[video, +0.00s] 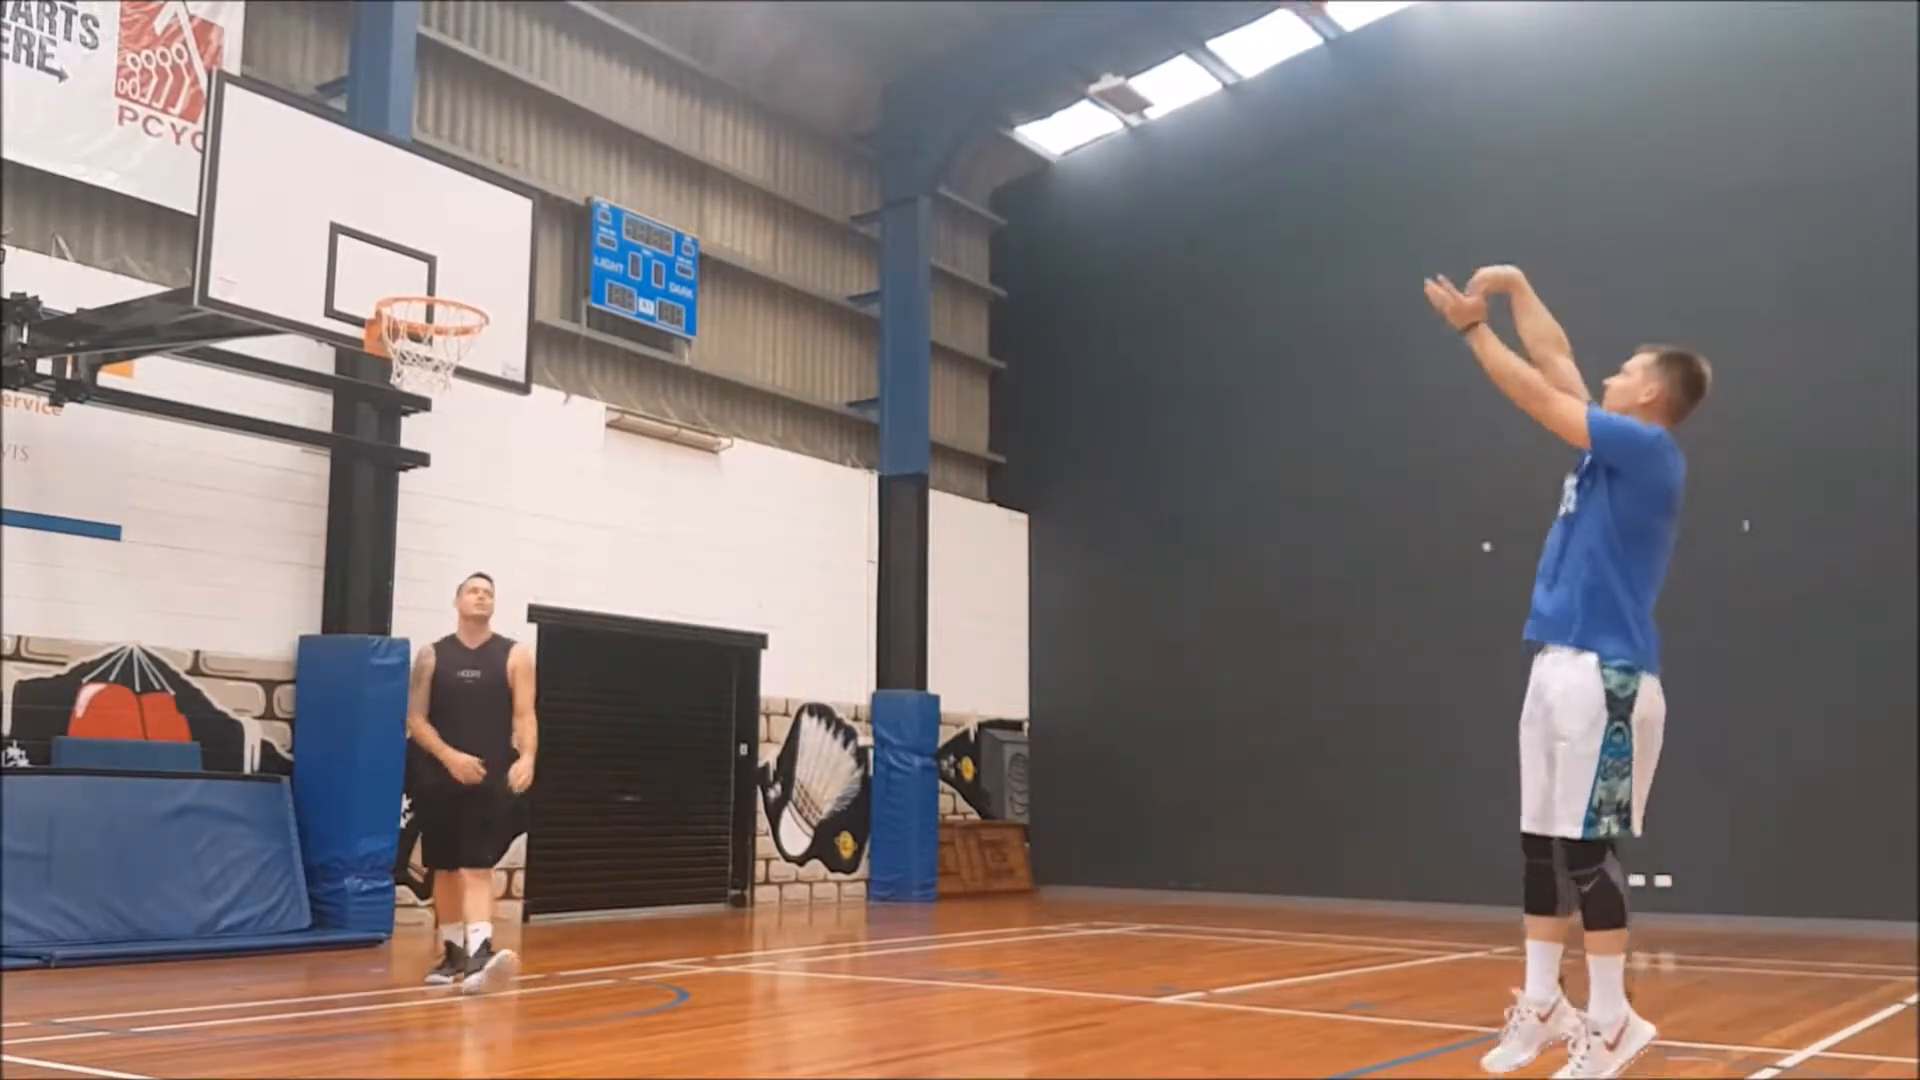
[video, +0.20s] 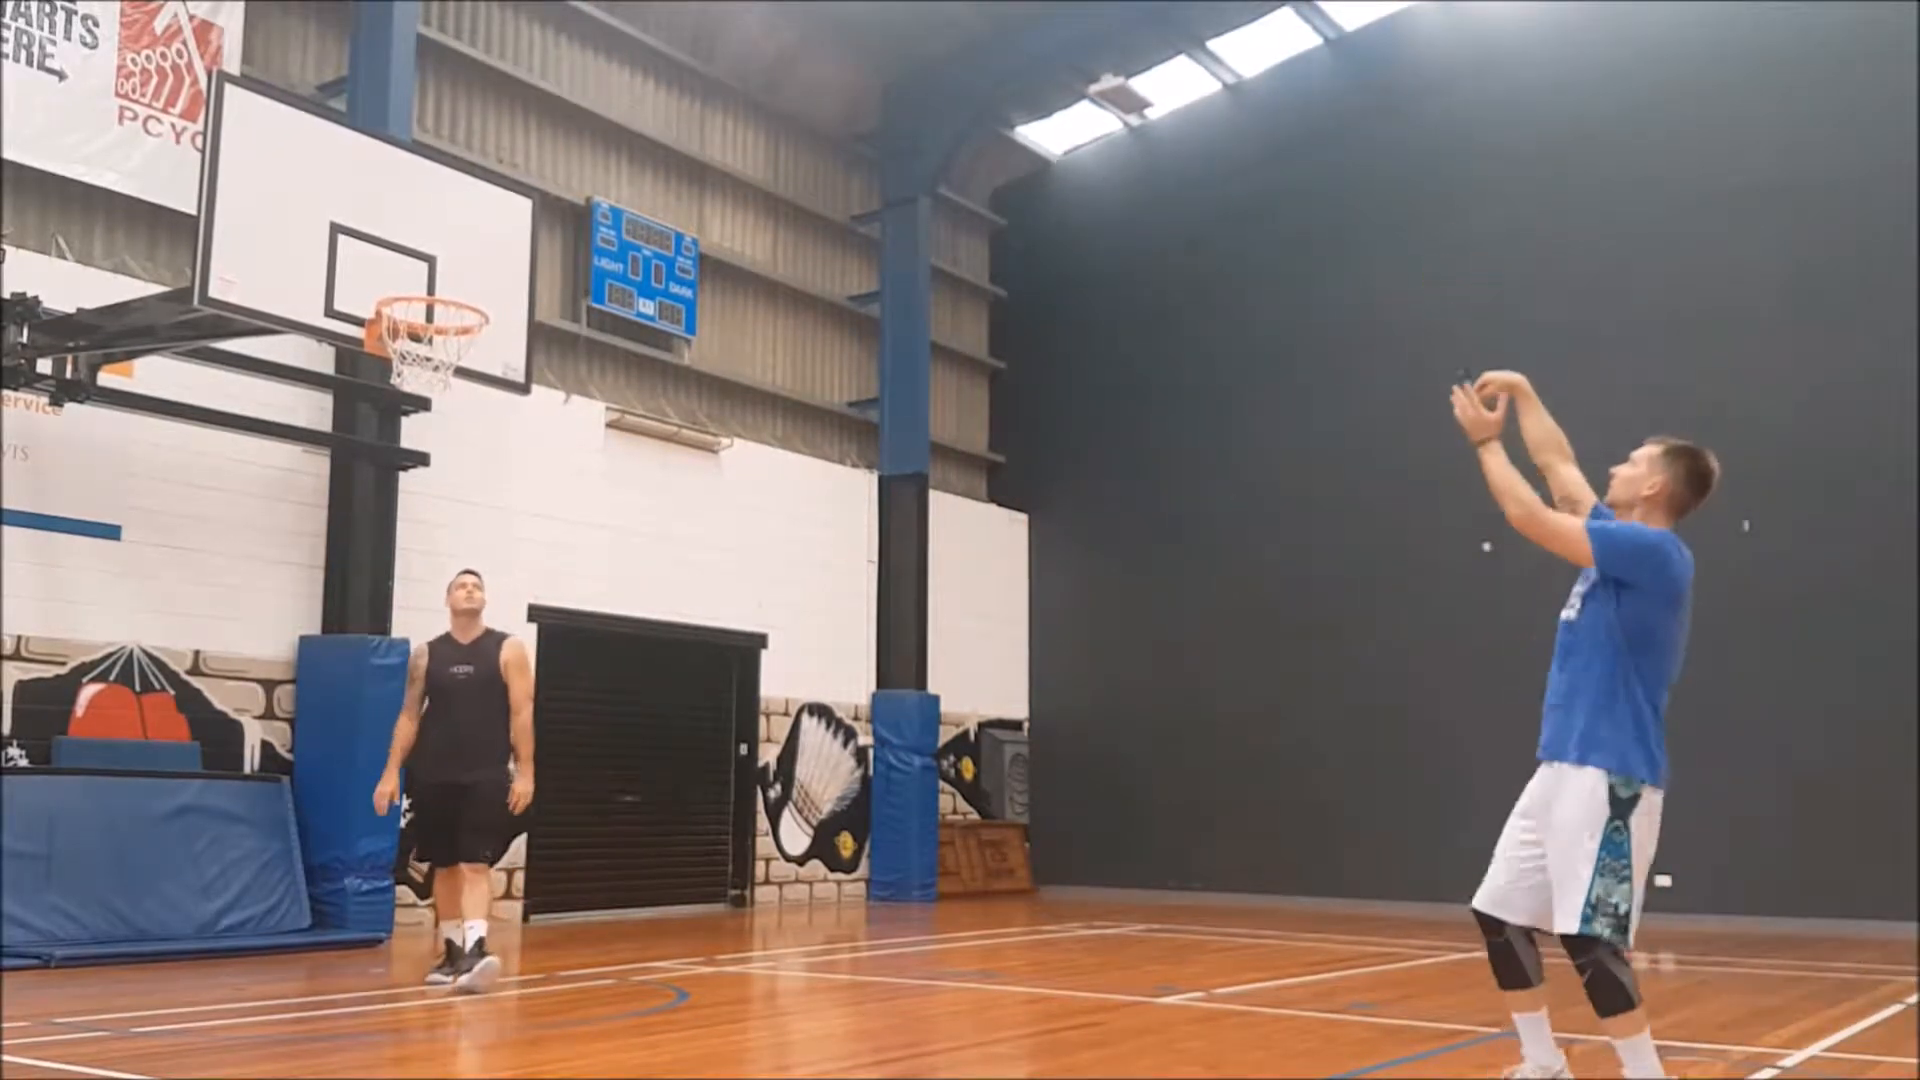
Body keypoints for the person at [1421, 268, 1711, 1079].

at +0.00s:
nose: (1615, 371)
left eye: (1630, 366)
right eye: (1625, 364)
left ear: (1654, 390)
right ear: (1645, 390)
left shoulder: (1646, 447)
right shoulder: (1614, 439)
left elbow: (1542, 400)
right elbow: (1556, 360)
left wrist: (1473, 329)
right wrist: (1517, 284)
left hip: (1606, 678)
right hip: (1556, 669)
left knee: (1586, 850)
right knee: (1540, 844)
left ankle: (1612, 1018)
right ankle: (1541, 1003)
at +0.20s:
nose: (1613, 469)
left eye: (1629, 462)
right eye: (1625, 460)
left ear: (1655, 485)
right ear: (1653, 489)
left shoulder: (1656, 555)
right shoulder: (1617, 543)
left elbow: (1528, 519)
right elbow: (1558, 465)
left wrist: (1486, 441)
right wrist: (1524, 391)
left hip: (1612, 777)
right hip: (1560, 768)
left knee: (1588, 936)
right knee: (1500, 914)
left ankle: (1647, 1070)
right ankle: (1541, 1063)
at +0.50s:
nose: (1628, 445)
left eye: (1644, 439)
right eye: (1639, 436)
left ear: (1669, 464)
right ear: (1665, 466)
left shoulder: (1673, 540)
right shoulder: (1629, 520)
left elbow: (1562, 603)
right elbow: (1570, 470)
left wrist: (1482, 551)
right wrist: (1523, 403)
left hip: (1642, 763)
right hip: (1588, 748)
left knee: (1631, 915)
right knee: (1500, 863)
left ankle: (1654, 1069)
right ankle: (1457, 1021)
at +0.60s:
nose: (1627, 449)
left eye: (1642, 443)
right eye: (1636, 440)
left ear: (1671, 468)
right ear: (1666, 468)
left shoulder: (1675, 544)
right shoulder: (1632, 523)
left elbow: (1591, 637)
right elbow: (1572, 473)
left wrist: (1489, 617)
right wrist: (1525, 410)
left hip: (1653, 765)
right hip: (1601, 752)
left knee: (1638, 918)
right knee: (1528, 880)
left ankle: (1655, 1069)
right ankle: (1446, 1020)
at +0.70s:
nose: (1628, 448)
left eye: (1644, 441)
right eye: (1638, 439)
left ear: (1673, 465)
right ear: (1669, 468)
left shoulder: (1676, 545)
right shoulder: (1634, 524)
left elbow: (1629, 656)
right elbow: (1576, 477)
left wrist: (1524, 693)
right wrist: (1527, 417)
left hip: (1660, 767)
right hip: (1609, 755)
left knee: (1646, 917)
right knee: (1549, 892)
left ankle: (1655, 1070)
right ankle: (1481, 1034)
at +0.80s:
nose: (1631, 451)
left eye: (1644, 443)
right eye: (1640, 441)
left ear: (1673, 464)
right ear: (1671, 466)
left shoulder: (1679, 546)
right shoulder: (1640, 526)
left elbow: (1659, 663)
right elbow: (1581, 480)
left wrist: (1603, 753)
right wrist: (1531, 423)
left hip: (1668, 767)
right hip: (1621, 758)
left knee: (1651, 920)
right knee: (1570, 898)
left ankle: (1656, 1069)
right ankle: (1558, 1055)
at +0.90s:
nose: (1639, 451)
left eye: (1653, 443)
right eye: (1647, 441)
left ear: (1681, 465)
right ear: (1677, 467)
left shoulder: (1685, 548)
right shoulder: (1644, 527)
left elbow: (1690, 665)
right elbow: (1586, 483)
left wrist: (1689, 772)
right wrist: (1536, 428)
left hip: (1669, 771)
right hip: (1625, 760)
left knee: (1650, 919)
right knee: (1595, 905)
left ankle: (1659, 1067)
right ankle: (1646, 1050)